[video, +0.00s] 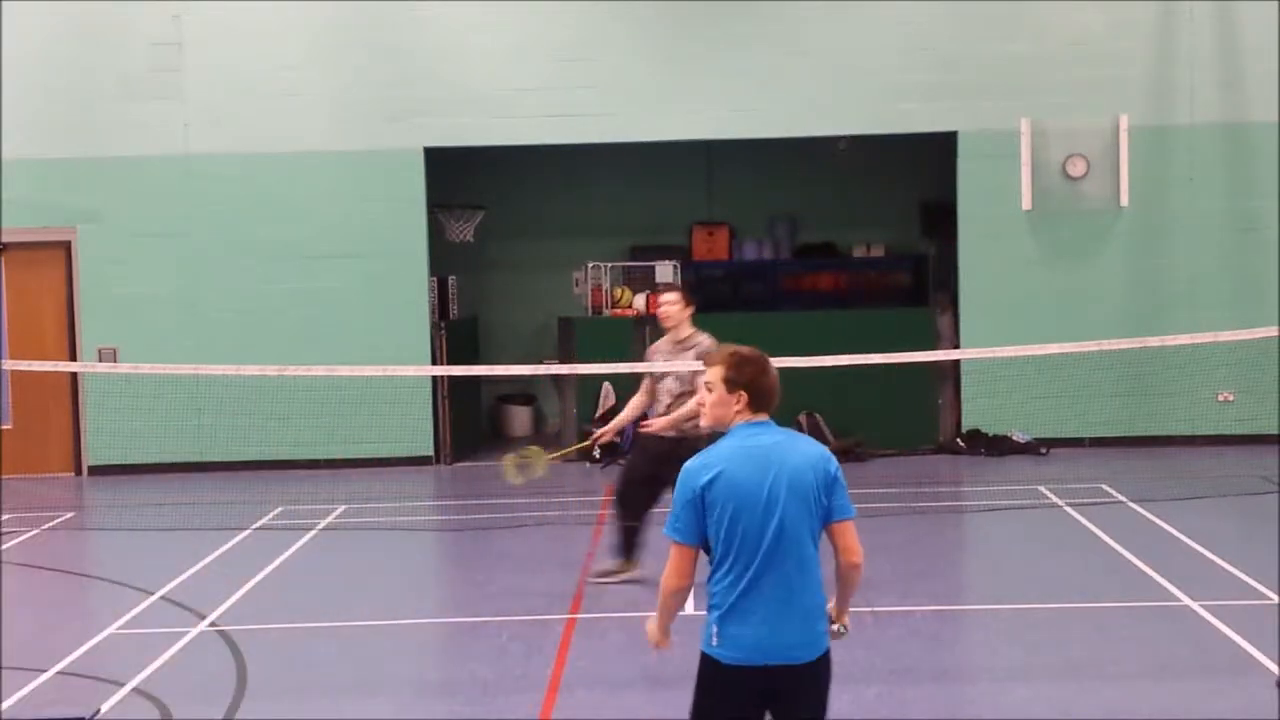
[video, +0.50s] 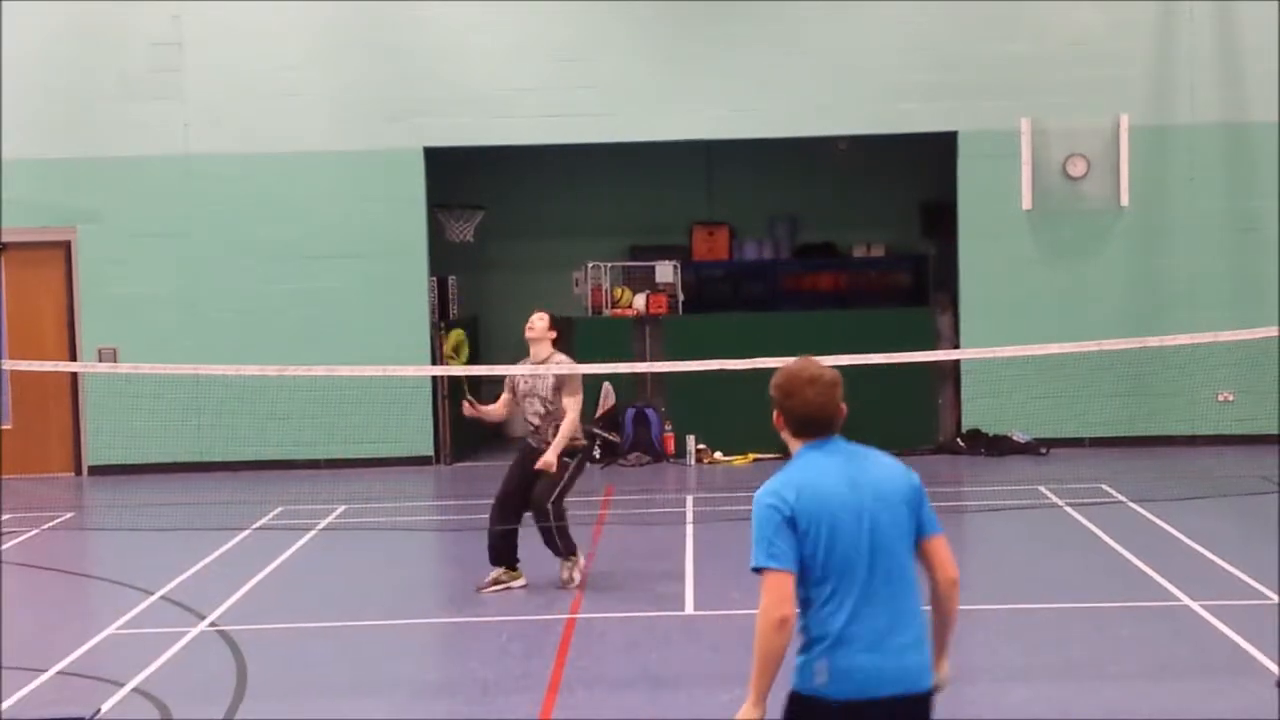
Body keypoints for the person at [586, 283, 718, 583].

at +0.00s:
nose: (663, 310)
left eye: (670, 305)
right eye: (660, 305)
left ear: (688, 309)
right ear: (657, 311)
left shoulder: (705, 346)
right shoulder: (657, 349)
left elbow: (707, 396)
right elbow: (644, 395)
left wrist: (669, 420)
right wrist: (613, 427)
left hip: (694, 440)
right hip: (655, 439)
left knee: (704, 502)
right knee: (630, 494)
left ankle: (723, 562)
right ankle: (626, 562)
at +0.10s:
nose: (629, 320)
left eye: (637, 314)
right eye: (627, 315)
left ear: (655, 319)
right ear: (623, 319)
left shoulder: (671, 357)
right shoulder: (626, 358)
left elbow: (670, 407)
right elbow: (616, 406)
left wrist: (624, 431)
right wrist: (584, 432)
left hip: (659, 450)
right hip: (623, 448)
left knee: (681, 515)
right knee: (593, 504)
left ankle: (730, 561)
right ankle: (560, 561)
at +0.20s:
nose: (590, 319)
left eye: (598, 313)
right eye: (589, 313)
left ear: (615, 321)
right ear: (587, 321)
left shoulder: (628, 357)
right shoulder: (588, 360)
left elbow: (629, 408)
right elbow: (583, 402)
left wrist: (589, 430)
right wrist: (538, 405)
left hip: (624, 450)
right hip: (590, 450)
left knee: (651, 507)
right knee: (562, 506)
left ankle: (709, 553)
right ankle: (538, 566)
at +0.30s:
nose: (558, 316)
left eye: (566, 312)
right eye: (557, 312)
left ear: (583, 322)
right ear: (555, 321)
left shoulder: (598, 354)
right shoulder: (555, 359)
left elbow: (606, 403)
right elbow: (538, 394)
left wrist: (565, 428)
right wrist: (505, 375)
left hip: (602, 438)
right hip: (571, 440)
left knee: (605, 503)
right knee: (536, 492)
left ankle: (650, 554)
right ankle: (528, 563)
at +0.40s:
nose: (537, 324)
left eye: (545, 319)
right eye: (536, 320)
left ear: (561, 330)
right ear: (534, 329)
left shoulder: (576, 364)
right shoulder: (530, 369)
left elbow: (581, 413)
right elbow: (504, 404)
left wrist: (551, 447)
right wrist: (475, 392)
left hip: (586, 444)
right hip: (553, 446)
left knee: (565, 502)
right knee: (519, 496)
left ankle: (587, 564)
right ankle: (510, 569)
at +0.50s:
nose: (530, 322)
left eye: (538, 320)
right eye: (529, 319)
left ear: (552, 334)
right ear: (526, 331)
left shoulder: (565, 366)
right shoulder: (519, 369)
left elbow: (573, 416)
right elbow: (502, 410)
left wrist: (553, 451)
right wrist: (479, 411)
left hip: (568, 446)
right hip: (535, 445)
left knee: (543, 500)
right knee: (506, 501)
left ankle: (569, 557)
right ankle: (507, 569)